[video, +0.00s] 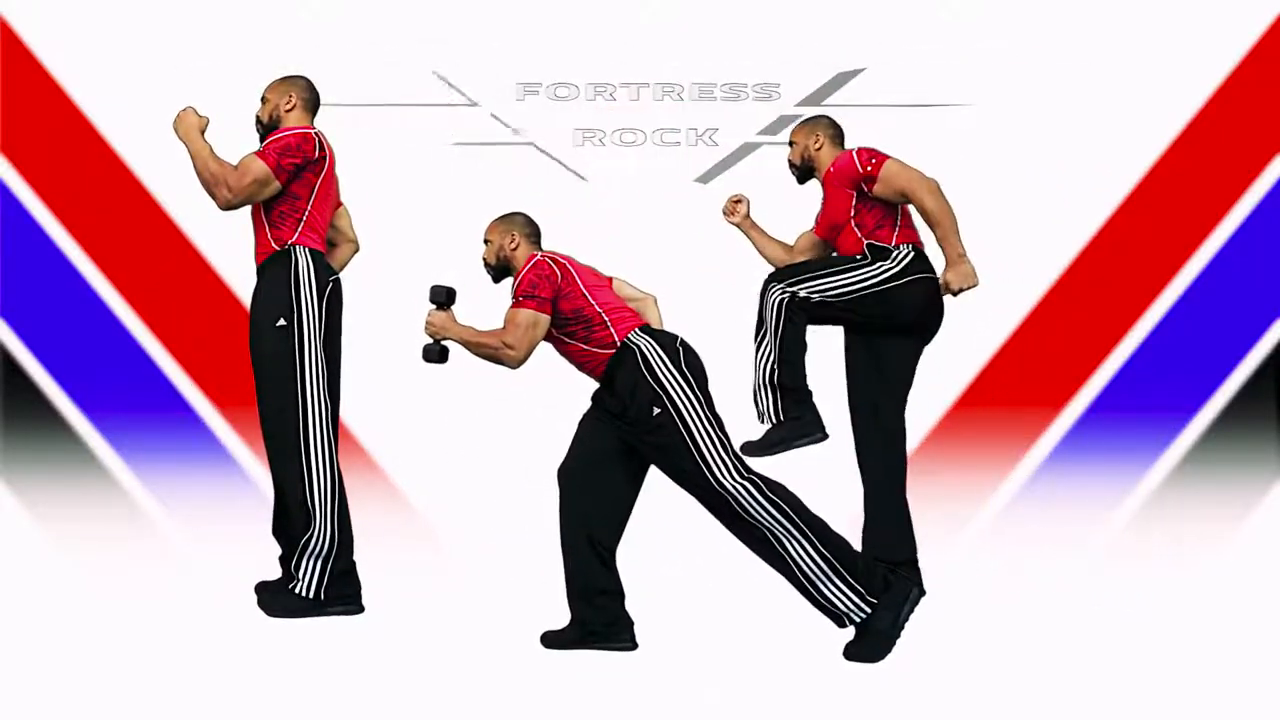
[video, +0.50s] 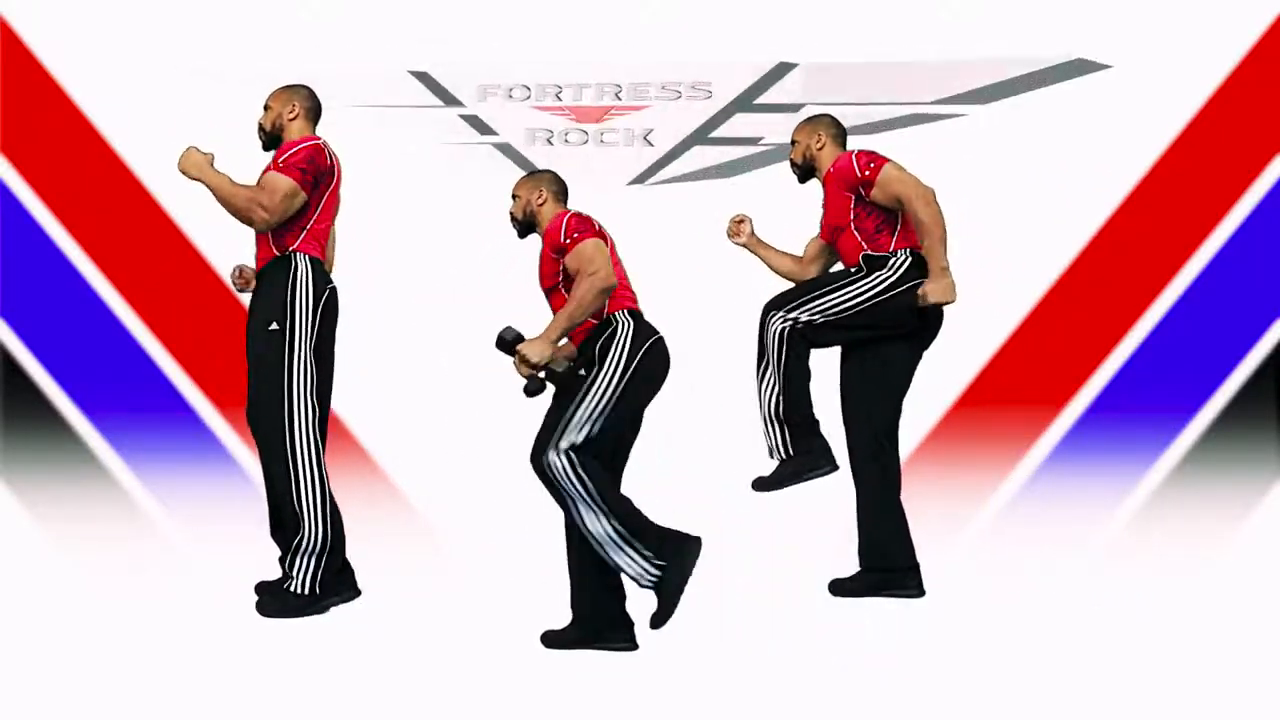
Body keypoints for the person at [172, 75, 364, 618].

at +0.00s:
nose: (257, 111)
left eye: (263, 100)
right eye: (259, 103)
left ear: (287, 101)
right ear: (299, 106)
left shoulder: (299, 141)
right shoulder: (306, 154)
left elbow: (228, 191)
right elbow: (344, 240)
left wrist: (194, 137)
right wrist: (299, 287)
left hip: (296, 285)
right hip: (295, 287)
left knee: (305, 432)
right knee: (295, 432)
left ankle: (322, 582)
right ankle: (310, 575)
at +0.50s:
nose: (260, 118)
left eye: (266, 108)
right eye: (262, 110)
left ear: (291, 109)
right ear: (298, 113)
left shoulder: (309, 150)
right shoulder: (295, 162)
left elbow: (263, 208)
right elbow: (314, 254)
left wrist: (206, 174)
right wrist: (259, 276)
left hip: (296, 289)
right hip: (284, 292)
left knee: (290, 428)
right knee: (276, 427)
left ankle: (309, 577)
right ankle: (323, 569)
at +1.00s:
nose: (261, 126)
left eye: (268, 116)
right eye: (263, 119)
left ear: (294, 118)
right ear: (295, 122)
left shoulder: (319, 154)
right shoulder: (286, 186)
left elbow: (364, 211)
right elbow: (229, 231)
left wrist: (305, 240)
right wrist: (211, 175)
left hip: (305, 277)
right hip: (296, 297)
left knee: (185, 286)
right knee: (289, 436)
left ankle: (189, 422)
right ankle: (319, 568)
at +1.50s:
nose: (262, 126)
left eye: (269, 117)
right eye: (264, 120)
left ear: (295, 117)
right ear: (296, 122)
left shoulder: (321, 156)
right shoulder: (284, 185)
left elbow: (364, 212)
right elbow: (229, 229)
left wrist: (303, 242)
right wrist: (212, 173)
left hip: (306, 278)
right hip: (296, 295)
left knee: (185, 295)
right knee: (288, 438)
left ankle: (195, 429)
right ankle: (317, 572)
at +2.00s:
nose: (261, 124)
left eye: (268, 114)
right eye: (263, 117)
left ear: (294, 115)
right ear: (295, 119)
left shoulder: (317, 154)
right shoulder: (284, 185)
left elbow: (356, 216)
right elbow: (231, 235)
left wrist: (291, 240)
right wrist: (206, 182)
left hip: (301, 281)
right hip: (299, 295)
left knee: (184, 324)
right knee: (286, 439)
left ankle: (217, 459)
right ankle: (315, 573)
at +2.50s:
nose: (256, 116)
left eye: (262, 107)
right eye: (258, 109)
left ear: (285, 108)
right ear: (297, 112)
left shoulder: (300, 147)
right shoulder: (303, 161)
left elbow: (229, 191)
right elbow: (339, 247)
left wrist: (192, 139)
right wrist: (298, 296)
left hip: (295, 285)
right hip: (292, 288)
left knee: (303, 431)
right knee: (291, 433)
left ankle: (323, 582)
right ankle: (309, 574)